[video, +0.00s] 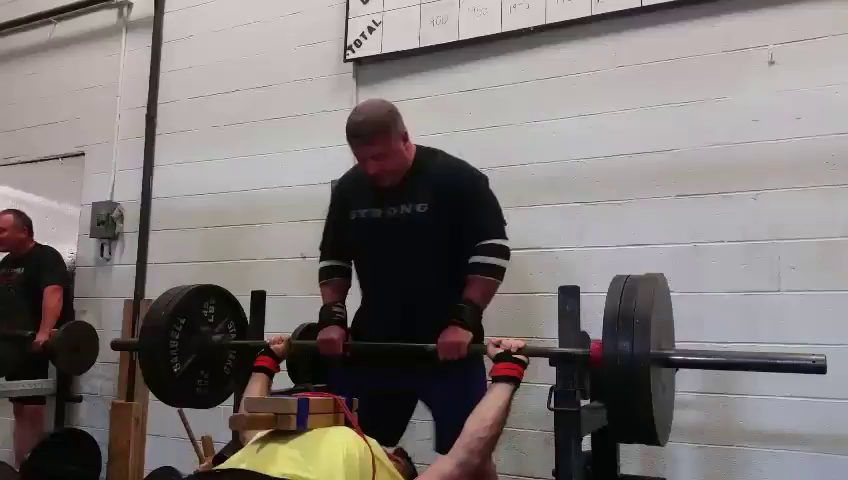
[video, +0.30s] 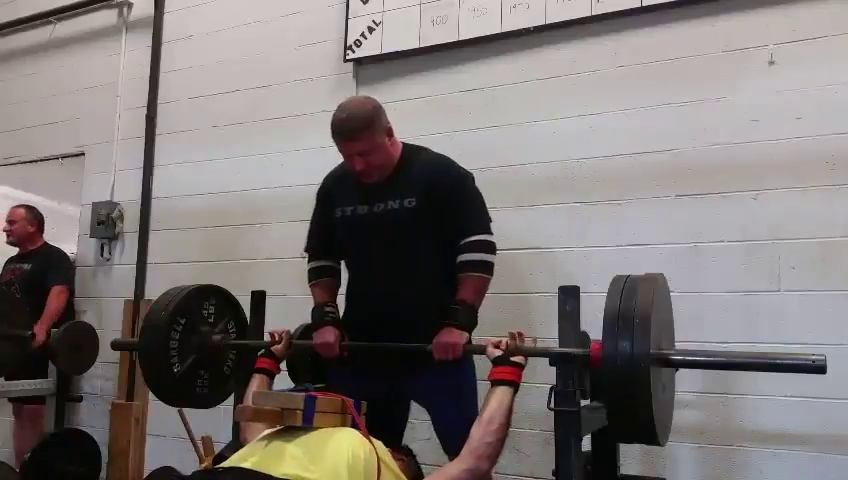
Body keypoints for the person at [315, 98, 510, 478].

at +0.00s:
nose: (371, 169)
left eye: (379, 158)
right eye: (363, 159)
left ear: (405, 140)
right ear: (352, 150)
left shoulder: (459, 181)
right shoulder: (349, 191)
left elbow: (491, 252)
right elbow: (334, 262)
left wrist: (464, 320)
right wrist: (333, 318)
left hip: (450, 344)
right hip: (378, 344)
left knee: (468, 459)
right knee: (360, 456)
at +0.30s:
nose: (357, 165)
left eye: (366, 154)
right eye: (348, 157)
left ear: (390, 136)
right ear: (339, 148)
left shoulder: (445, 178)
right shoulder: (336, 187)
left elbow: (477, 251)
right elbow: (322, 259)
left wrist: (459, 321)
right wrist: (325, 318)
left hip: (438, 345)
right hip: (367, 347)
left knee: (468, 457)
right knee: (369, 460)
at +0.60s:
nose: (361, 162)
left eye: (369, 151)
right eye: (353, 153)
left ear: (395, 133)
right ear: (343, 144)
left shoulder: (451, 173)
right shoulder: (344, 184)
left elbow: (479, 251)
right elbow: (330, 258)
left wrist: (460, 323)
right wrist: (329, 320)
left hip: (439, 344)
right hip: (368, 345)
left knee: (460, 458)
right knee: (366, 457)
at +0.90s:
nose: (360, 164)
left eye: (368, 153)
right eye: (351, 155)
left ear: (394, 134)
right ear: (341, 145)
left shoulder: (447, 174)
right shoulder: (338, 183)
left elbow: (478, 251)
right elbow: (326, 259)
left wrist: (460, 324)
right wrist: (328, 319)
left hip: (437, 345)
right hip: (366, 347)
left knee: (463, 458)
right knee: (367, 460)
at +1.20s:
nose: (361, 167)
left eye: (369, 155)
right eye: (351, 157)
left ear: (394, 136)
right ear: (341, 148)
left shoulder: (448, 174)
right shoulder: (338, 184)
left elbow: (480, 249)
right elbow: (325, 257)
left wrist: (460, 323)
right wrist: (327, 320)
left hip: (439, 345)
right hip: (367, 347)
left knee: (461, 456)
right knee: (372, 458)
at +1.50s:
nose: (359, 170)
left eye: (368, 159)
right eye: (350, 161)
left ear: (394, 141)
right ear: (340, 152)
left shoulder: (446, 177)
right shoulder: (337, 186)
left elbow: (483, 249)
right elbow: (323, 257)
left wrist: (460, 322)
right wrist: (327, 321)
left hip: (439, 347)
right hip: (365, 348)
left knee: (462, 457)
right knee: (363, 459)